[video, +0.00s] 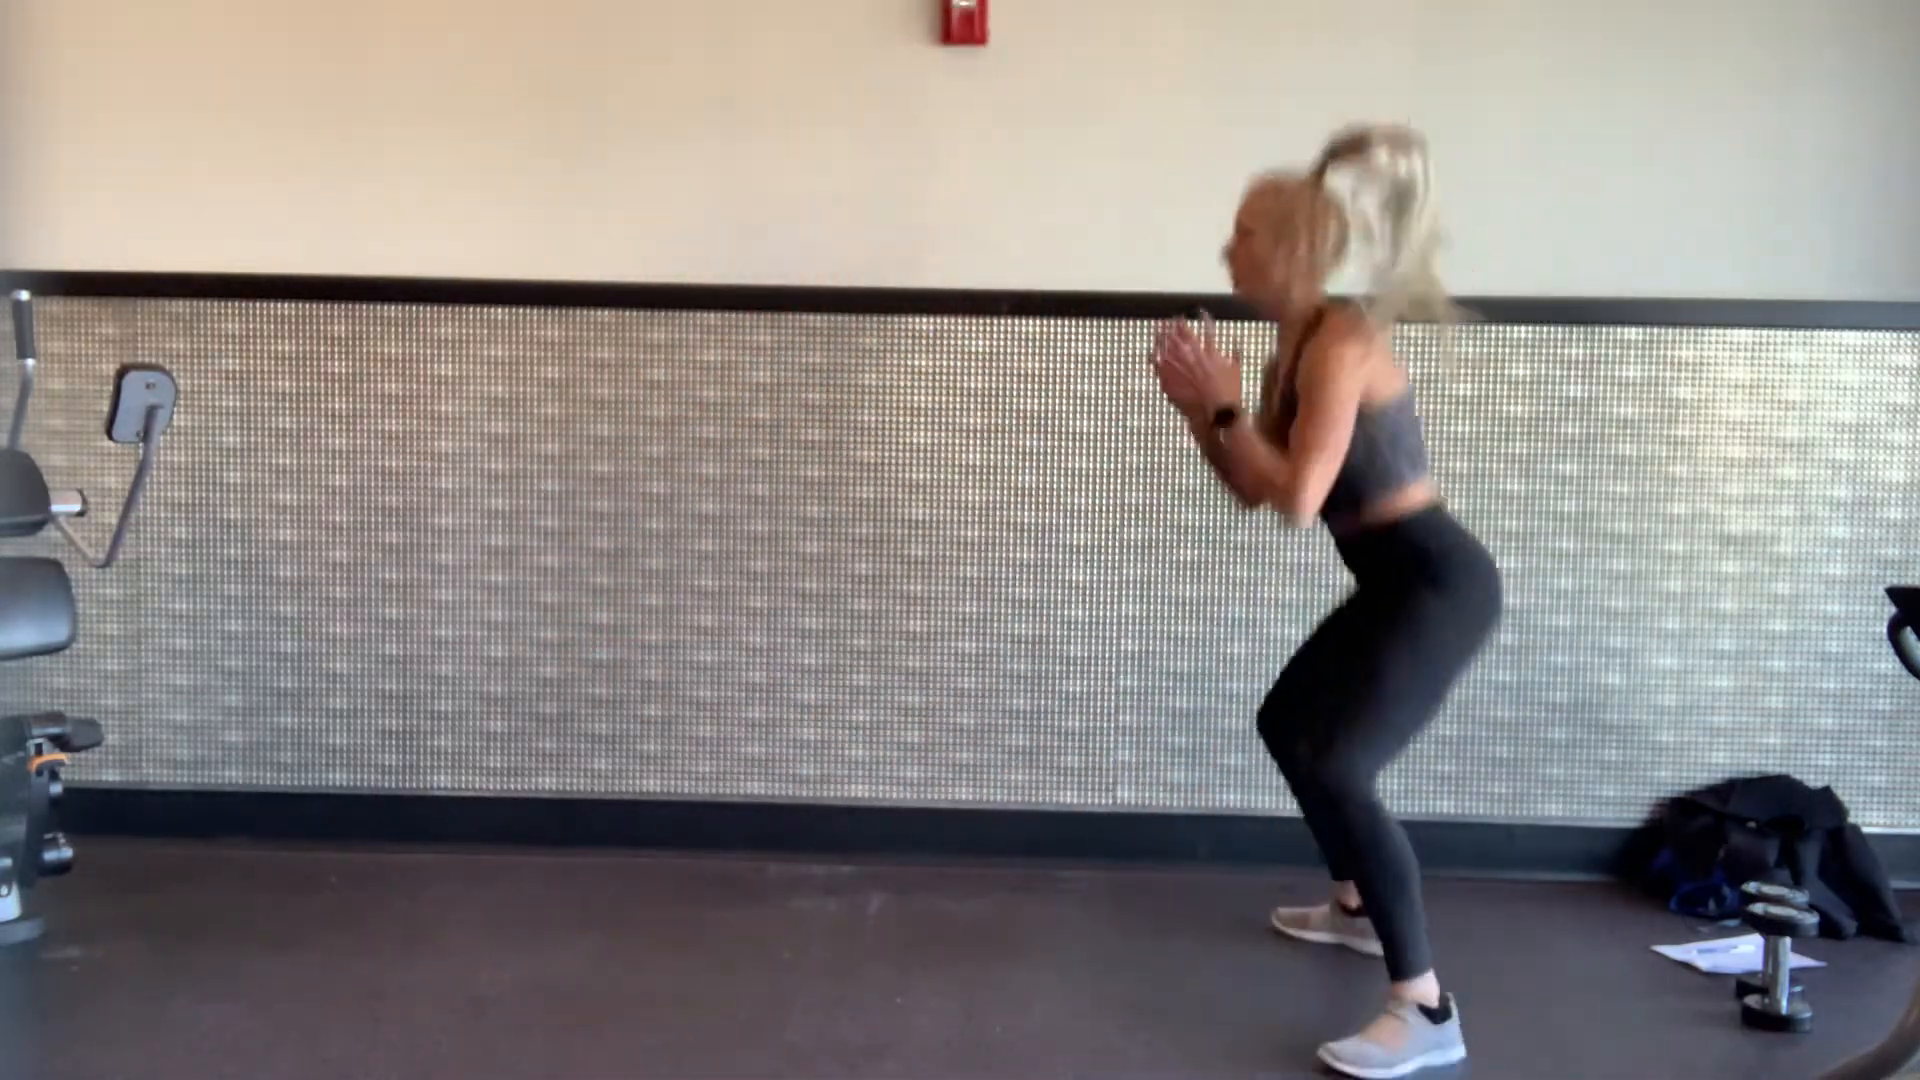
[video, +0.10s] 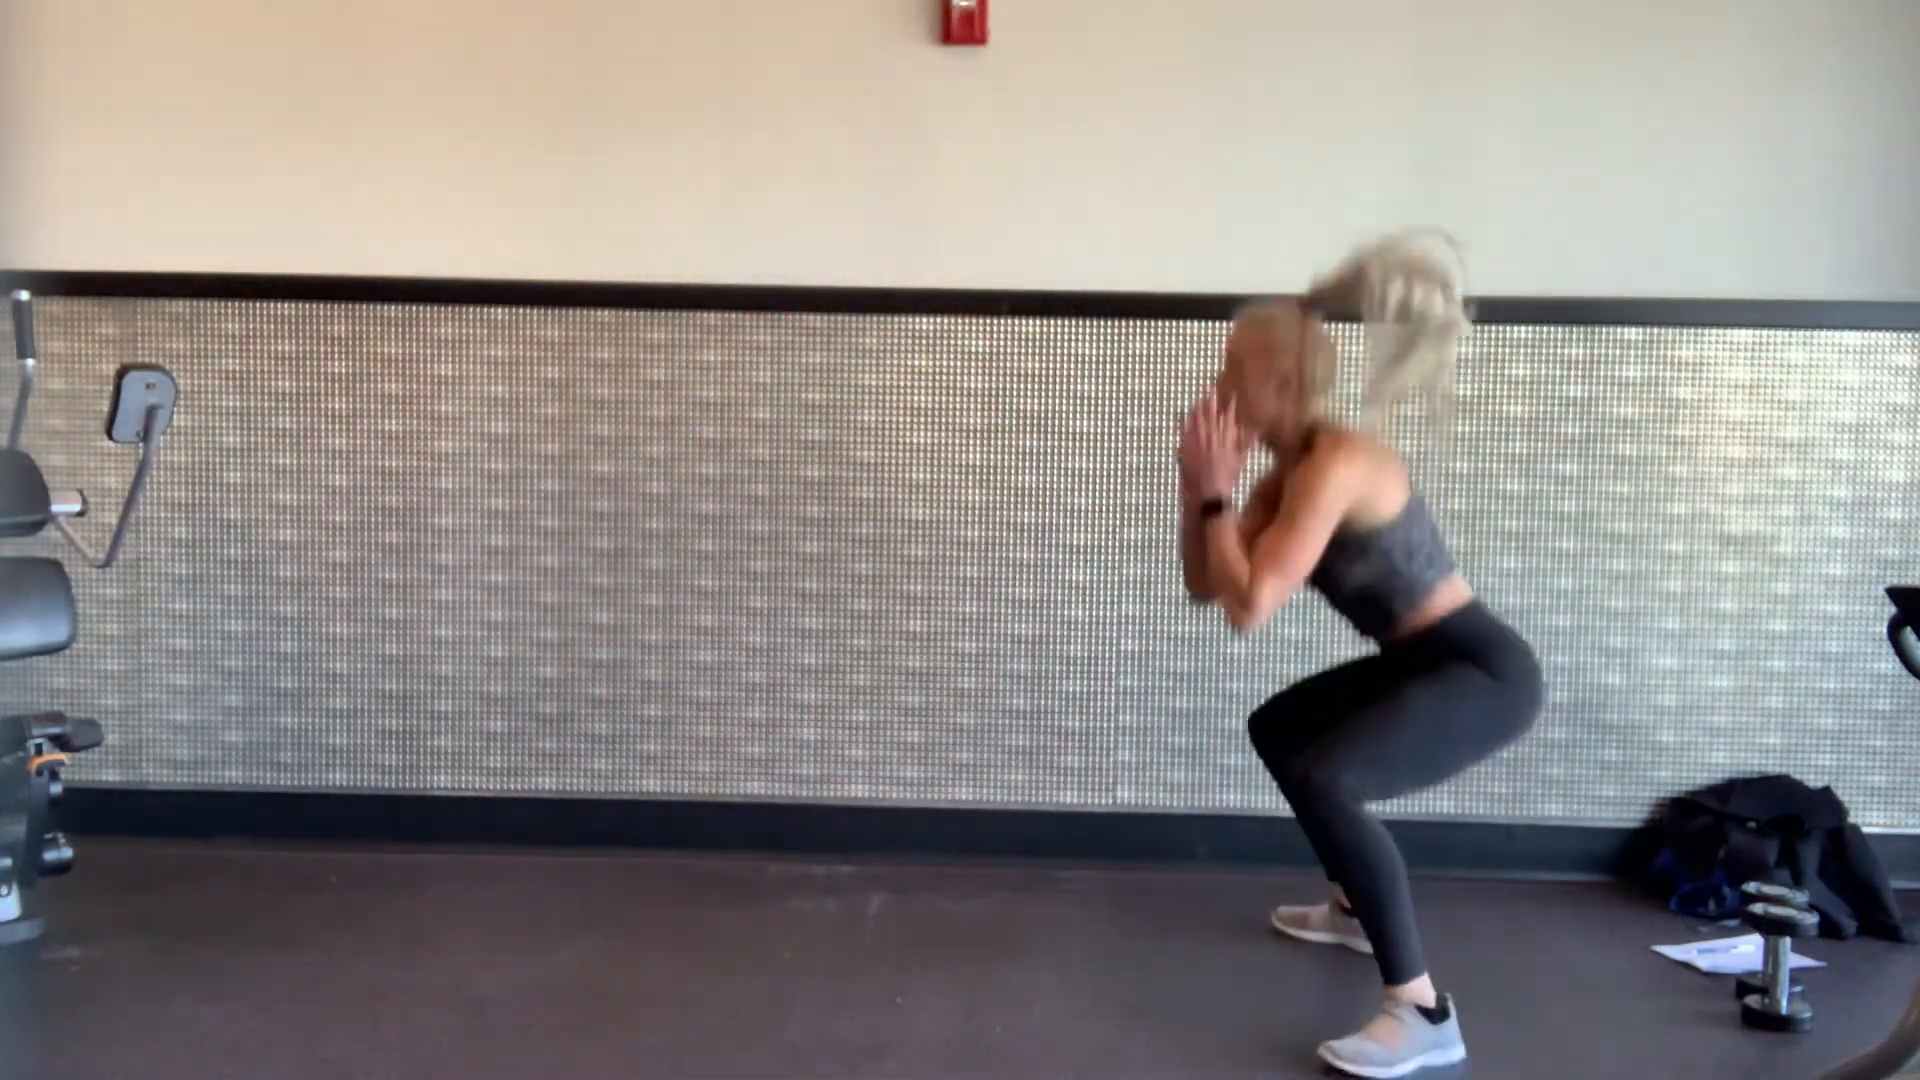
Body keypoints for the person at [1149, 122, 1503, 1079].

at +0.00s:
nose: (1230, 243)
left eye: (1248, 233)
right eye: (1238, 228)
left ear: (1297, 253)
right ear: (1295, 253)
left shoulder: (1340, 340)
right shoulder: (1304, 340)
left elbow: (1296, 493)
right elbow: (1261, 482)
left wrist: (1219, 414)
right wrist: (1208, 411)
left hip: (1439, 585)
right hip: (1396, 582)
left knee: (1339, 766)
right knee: (1288, 722)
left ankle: (1424, 1002)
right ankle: (1362, 904)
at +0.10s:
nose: (1223, 388)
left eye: (1237, 373)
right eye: (1225, 370)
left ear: (1282, 383)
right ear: (1283, 384)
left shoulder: (1335, 463)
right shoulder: (1291, 467)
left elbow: (1251, 603)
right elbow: (1204, 583)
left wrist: (1212, 495)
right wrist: (1204, 490)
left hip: (1483, 671)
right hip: (1426, 663)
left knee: (1323, 779)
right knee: (1277, 729)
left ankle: (1419, 1007)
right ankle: (1358, 907)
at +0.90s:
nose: (1168, 408)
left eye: (1181, 394)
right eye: (1171, 392)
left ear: (1230, 407)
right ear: (1232, 409)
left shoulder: (1277, 488)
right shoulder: (1242, 485)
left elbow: (1148, 593)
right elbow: (1142, 566)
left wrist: (1063, 509)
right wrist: (1062, 508)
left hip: (1469, 669)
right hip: (1412, 658)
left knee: (1321, 782)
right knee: (1274, 727)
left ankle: (1419, 1007)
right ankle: (1357, 906)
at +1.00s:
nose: (1143, 418)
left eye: (1154, 400)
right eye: (1144, 401)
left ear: (1208, 404)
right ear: (1207, 408)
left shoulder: (1259, 488)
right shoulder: (1215, 492)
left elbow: (1141, 603)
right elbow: (1120, 583)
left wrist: (1014, 641)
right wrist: (1012, 631)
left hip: (1446, 669)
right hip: (1390, 662)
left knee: (1299, 794)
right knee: (1255, 734)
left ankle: (1419, 1010)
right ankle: (1357, 907)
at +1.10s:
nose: (1104, 397)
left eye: (1115, 380)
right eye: (1106, 380)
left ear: (1166, 383)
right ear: (1165, 384)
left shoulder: (1221, 465)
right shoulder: (1188, 471)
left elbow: (1204, 614)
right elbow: (1161, 596)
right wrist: (1086, 693)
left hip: (1400, 651)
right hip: (1347, 649)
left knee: (1269, 811)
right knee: (1232, 747)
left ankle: (1414, 1008)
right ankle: (1350, 906)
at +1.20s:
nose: (1058, 323)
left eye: (1072, 307)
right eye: (1061, 306)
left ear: (1118, 319)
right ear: (1121, 320)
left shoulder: (1172, 403)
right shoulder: (1147, 401)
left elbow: (1283, 500)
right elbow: (1245, 502)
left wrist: (1317, 640)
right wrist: (1249, 605)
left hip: (1321, 607)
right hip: (1282, 603)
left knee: (1248, 817)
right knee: (1213, 756)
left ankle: (1411, 1005)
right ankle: (1347, 902)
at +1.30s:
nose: (1020, 221)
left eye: (1032, 204)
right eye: (1020, 204)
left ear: (1080, 203)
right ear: (1080, 207)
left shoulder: (1123, 278)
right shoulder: (1103, 284)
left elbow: (1263, 294)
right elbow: (1237, 322)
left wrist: (1331, 417)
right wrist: (1283, 424)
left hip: (1199, 538)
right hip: (1173, 539)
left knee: (1203, 772)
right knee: (1192, 747)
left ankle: (1376, 964)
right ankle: (1323, 866)